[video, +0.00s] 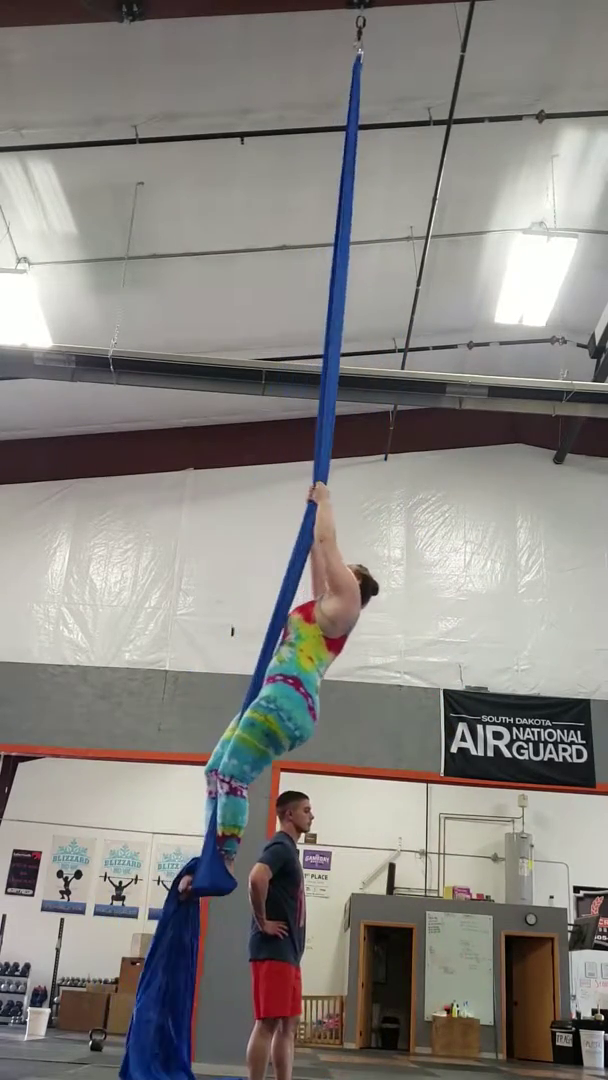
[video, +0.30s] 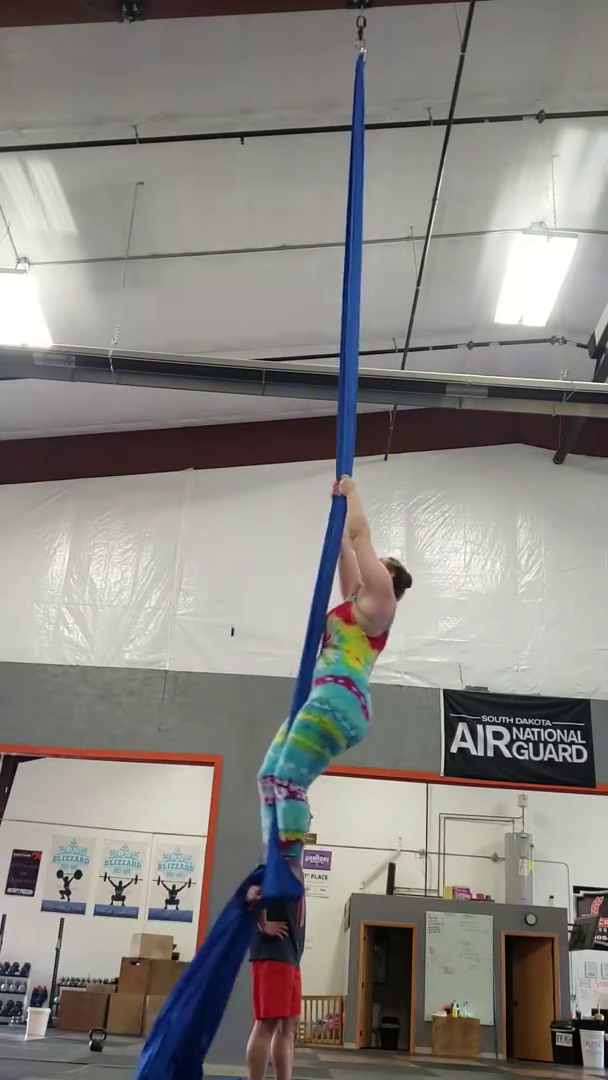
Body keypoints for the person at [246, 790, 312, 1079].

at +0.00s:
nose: (311, 816)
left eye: (310, 811)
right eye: (306, 811)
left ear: (291, 815)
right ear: (288, 814)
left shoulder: (289, 848)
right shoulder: (281, 846)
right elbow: (258, 877)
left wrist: (290, 924)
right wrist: (263, 922)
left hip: (288, 948)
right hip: (273, 947)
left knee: (288, 1024)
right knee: (268, 1023)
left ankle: (283, 1076)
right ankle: (256, 1076)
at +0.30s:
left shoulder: (295, 865)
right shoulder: (274, 865)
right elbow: (252, 893)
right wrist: (263, 924)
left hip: (290, 949)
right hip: (270, 947)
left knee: (288, 1024)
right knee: (266, 1023)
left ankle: (284, 1076)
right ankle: (255, 1075)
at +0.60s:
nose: (310, 816)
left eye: (309, 810)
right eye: (305, 810)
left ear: (290, 815)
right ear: (288, 814)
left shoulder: (287, 847)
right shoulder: (281, 847)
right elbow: (258, 878)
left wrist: (293, 925)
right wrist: (263, 924)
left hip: (281, 951)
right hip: (273, 952)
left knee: (284, 1029)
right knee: (272, 1030)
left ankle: (283, 1074)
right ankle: (271, 1074)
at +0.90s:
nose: (309, 815)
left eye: (308, 810)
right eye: (304, 810)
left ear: (289, 814)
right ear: (287, 813)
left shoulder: (288, 848)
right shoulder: (280, 846)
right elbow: (257, 878)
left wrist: (289, 925)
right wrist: (263, 923)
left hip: (286, 950)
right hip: (272, 949)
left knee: (287, 1024)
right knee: (266, 1024)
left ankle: (284, 1078)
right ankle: (255, 1079)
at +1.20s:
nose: (308, 812)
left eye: (306, 807)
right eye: (303, 807)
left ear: (289, 814)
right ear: (287, 813)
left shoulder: (288, 848)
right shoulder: (280, 846)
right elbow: (257, 877)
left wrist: (290, 926)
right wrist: (262, 922)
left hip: (286, 951)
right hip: (271, 949)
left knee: (288, 1024)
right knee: (266, 1024)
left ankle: (280, 1078)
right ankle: (255, 1079)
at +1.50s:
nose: (309, 816)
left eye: (308, 811)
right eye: (305, 811)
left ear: (289, 814)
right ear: (288, 813)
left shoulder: (288, 848)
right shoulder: (279, 845)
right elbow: (258, 877)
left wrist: (291, 925)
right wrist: (263, 923)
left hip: (286, 950)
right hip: (271, 948)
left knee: (287, 1025)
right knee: (265, 1024)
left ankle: (283, 1077)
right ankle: (256, 1077)